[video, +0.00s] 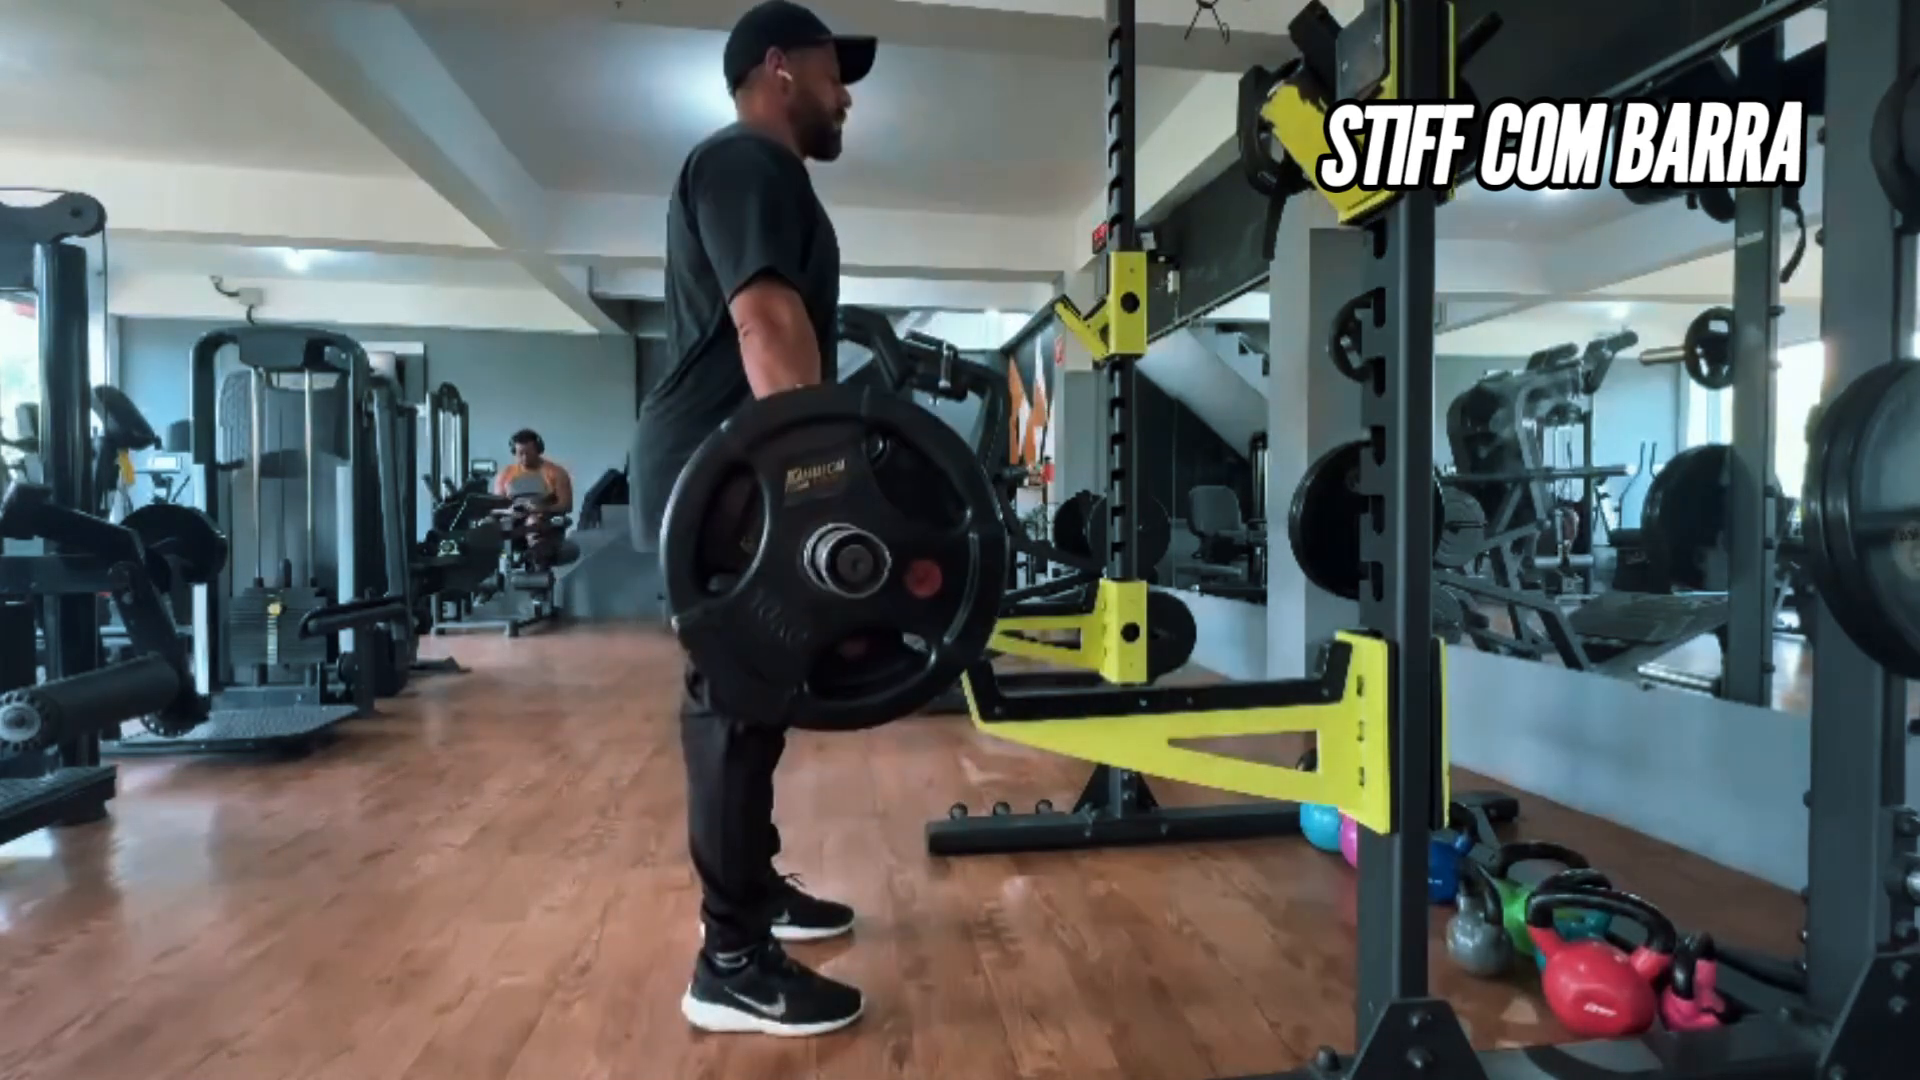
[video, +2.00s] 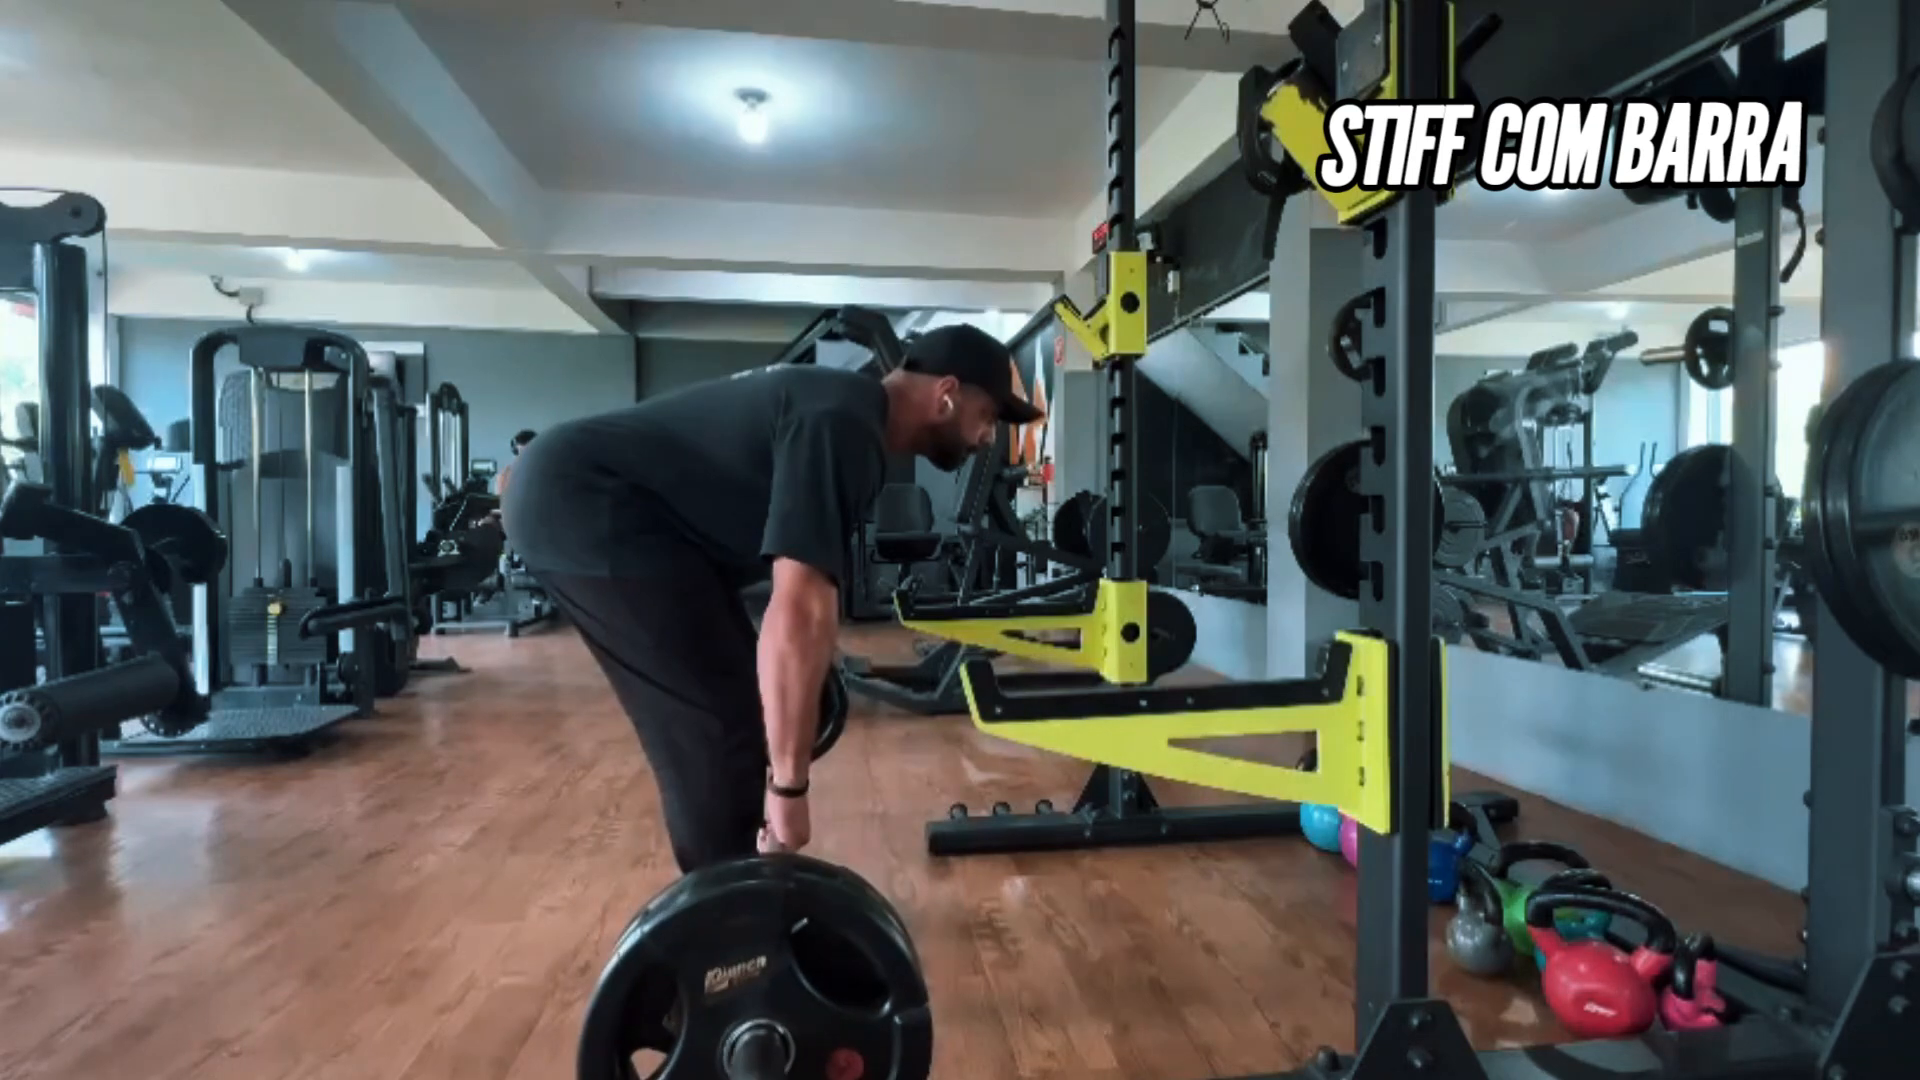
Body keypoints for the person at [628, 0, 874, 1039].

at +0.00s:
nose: (848, 95)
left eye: (847, 79)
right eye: (836, 74)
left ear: (772, 78)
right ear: (776, 70)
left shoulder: (750, 171)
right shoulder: (741, 160)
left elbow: (773, 337)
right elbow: (762, 318)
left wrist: (819, 482)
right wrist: (827, 485)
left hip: (727, 475)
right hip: (711, 477)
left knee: (750, 689)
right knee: (730, 698)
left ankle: (750, 882)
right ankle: (730, 957)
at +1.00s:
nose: (939, 205)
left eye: (941, 187)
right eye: (932, 182)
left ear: (873, 172)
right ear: (879, 167)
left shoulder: (818, 250)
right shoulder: (805, 233)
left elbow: (796, 409)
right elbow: (787, 402)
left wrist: (810, 578)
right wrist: (810, 582)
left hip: (682, 479)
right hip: (648, 477)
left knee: (742, 687)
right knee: (721, 702)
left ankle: (758, 894)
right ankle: (729, 957)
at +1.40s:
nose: (978, 341)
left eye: (983, 323)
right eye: (976, 316)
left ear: (923, 301)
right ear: (930, 300)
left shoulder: (835, 345)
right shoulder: (829, 343)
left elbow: (805, 520)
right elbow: (799, 520)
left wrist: (796, 686)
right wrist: (800, 701)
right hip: (597, 487)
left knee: (716, 695)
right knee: (726, 699)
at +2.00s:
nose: (987, 438)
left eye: (997, 424)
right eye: (988, 417)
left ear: (941, 390)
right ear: (946, 391)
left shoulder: (845, 417)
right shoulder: (837, 419)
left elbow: (813, 597)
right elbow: (800, 607)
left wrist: (783, 765)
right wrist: (788, 787)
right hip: (584, 500)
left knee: (721, 719)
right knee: (721, 725)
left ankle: (737, 929)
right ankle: (736, 939)